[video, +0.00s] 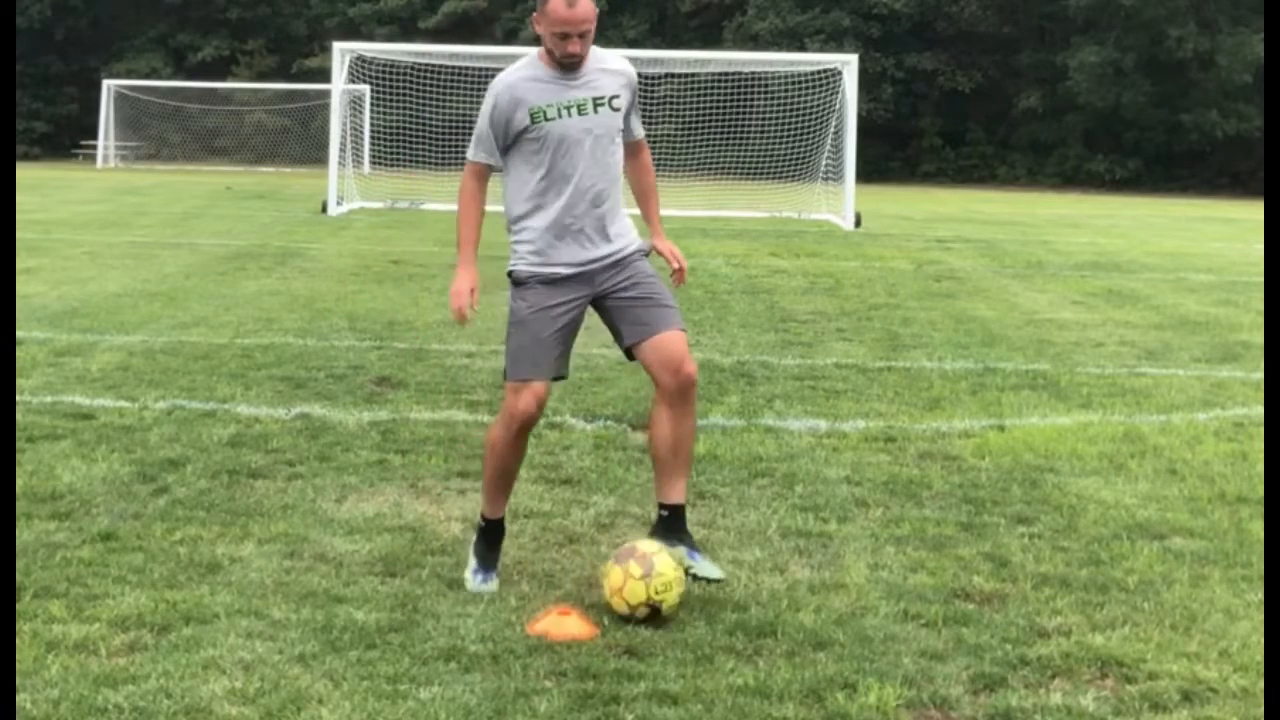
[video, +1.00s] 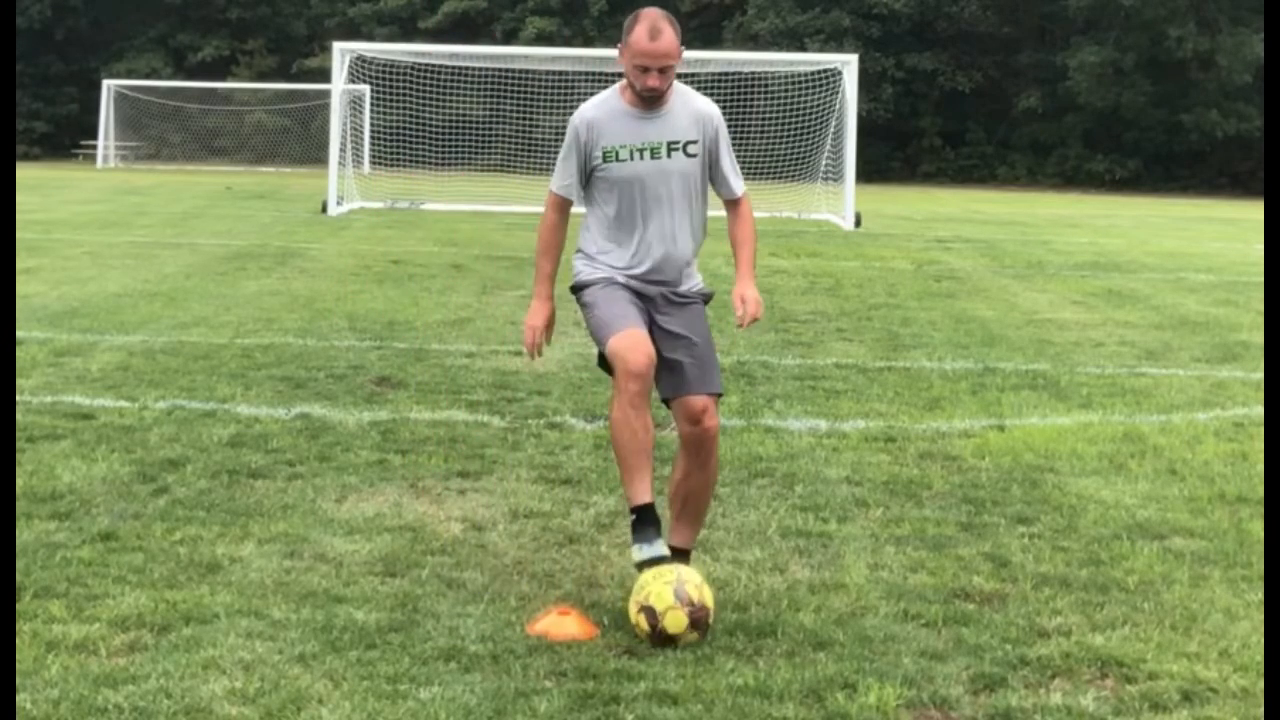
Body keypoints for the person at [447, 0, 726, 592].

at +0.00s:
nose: (574, 47)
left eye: (583, 35)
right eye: (562, 35)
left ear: (596, 23)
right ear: (537, 26)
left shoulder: (619, 76)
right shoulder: (510, 89)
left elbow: (635, 149)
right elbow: (474, 176)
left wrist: (655, 231)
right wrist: (466, 265)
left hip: (620, 258)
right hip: (544, 272)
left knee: (680, 375)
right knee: (524, 406)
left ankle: (671, 530)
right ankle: (489, 536)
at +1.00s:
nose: (653, 82)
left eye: (665, 70)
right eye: (642, 69)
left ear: (680, 62)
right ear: (620, 57)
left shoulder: (703, 116)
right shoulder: (589, 121)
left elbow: (735, 201)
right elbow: (557, 207)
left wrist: (745, 278)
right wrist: (541, 298)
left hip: (677, 284)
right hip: (606, 275)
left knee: (701, 417)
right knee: (636, 361)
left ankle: (677, 562)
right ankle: (643, 524)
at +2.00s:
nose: (665, 75)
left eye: (678, 63)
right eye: (654, 61)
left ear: (696, 51)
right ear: (635, 46)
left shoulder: (719, 115)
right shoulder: (602, 107)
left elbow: (751, 195)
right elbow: (564, 182)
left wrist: (751, 272)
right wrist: (544, 266)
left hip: (687, 284)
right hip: (613, 279)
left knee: (697, 422)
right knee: (632, 393)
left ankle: (697, 551)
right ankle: (662, 526)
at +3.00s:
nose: (614, 53)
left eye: (626, 44)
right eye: (605, 41)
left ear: (657, 31)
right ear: (597, 27)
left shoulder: (692, 93)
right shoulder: (577, 84)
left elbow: (727, 170)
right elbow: (551, 167)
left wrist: (705, 244)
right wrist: (518, 246)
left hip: (650, 266)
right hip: (572, 254)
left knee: (653, 411)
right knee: (503, 371)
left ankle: (650, 557)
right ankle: (477, 501)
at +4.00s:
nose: (514, 53)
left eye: (525, 43)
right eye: (504, 41)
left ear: (555, 29)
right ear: (495, 29)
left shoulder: (592, 90)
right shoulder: (485, 84)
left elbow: (631, 172)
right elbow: (480, 160)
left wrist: (617, 250)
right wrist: (457, 238)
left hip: (571, 255)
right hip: (498, 251)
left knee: (559, 379)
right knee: (455, 385)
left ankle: (598, 490)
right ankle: (438, 532)